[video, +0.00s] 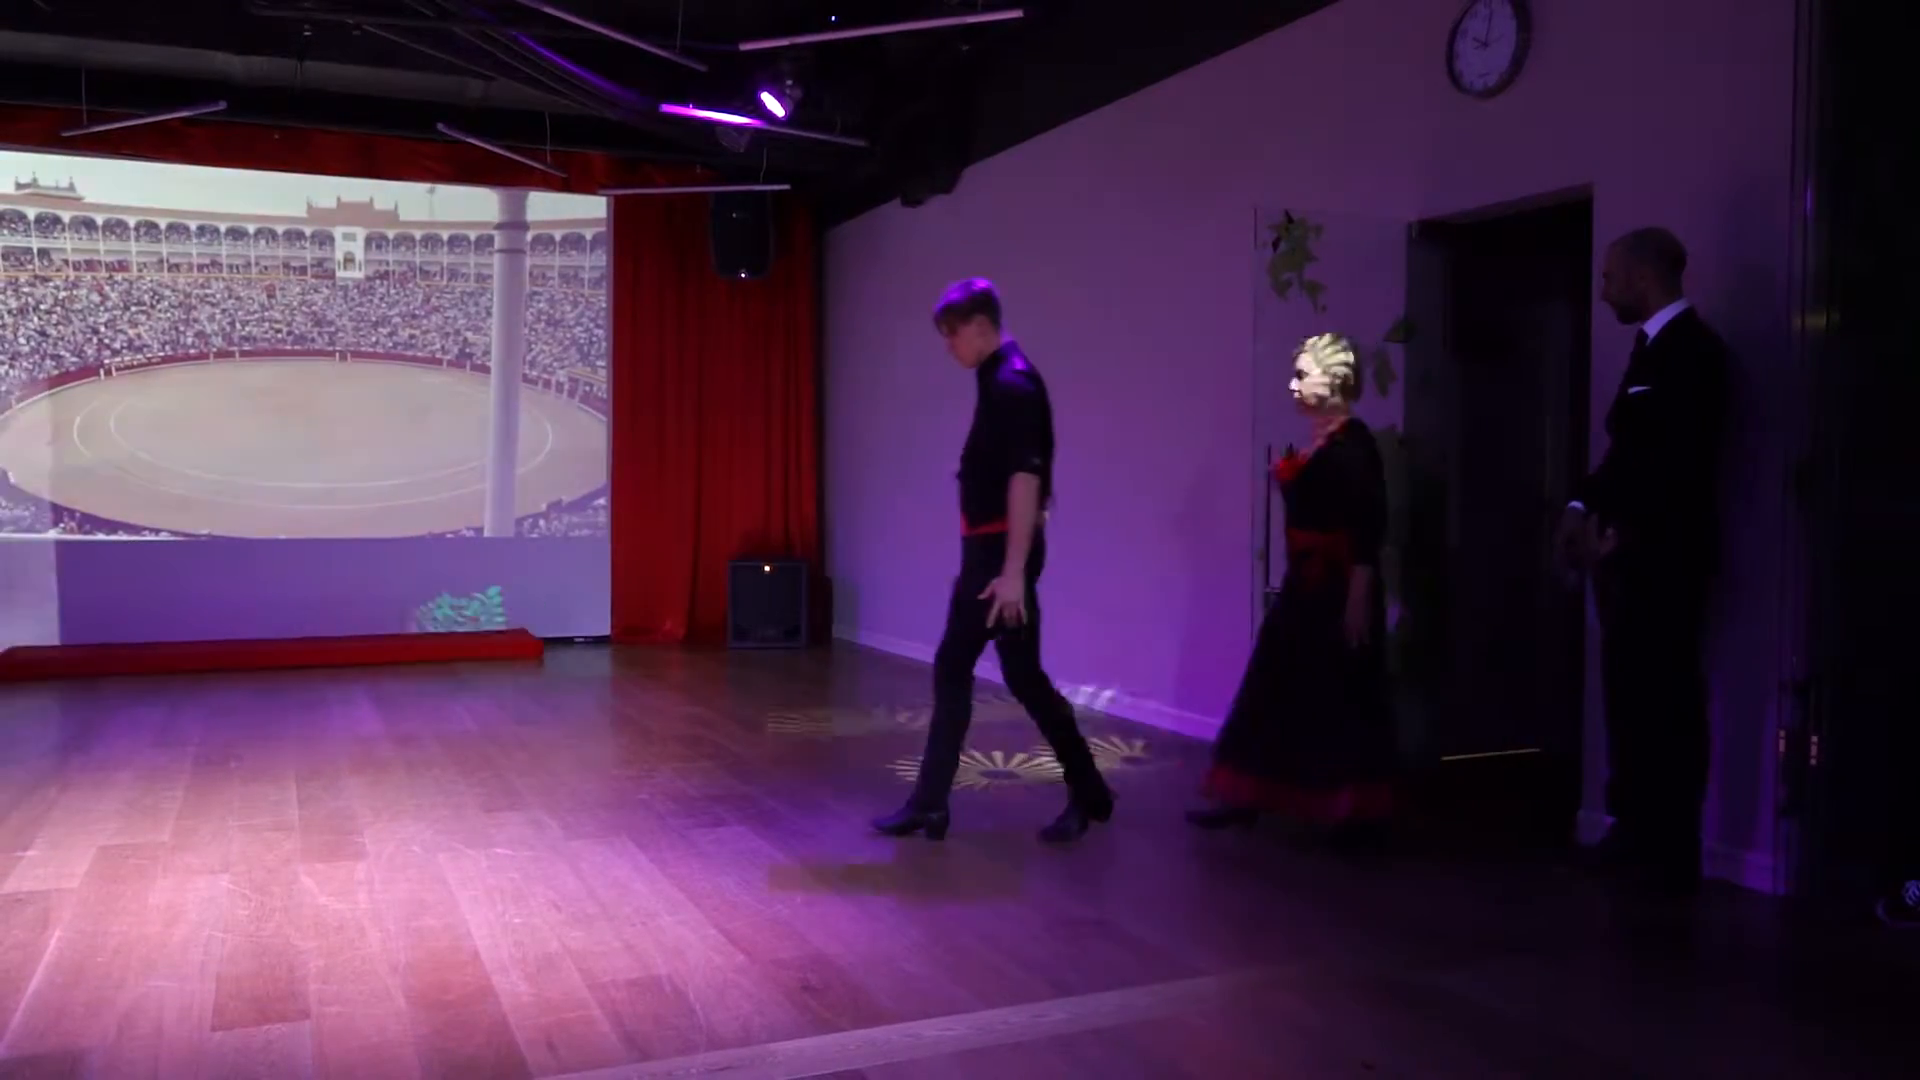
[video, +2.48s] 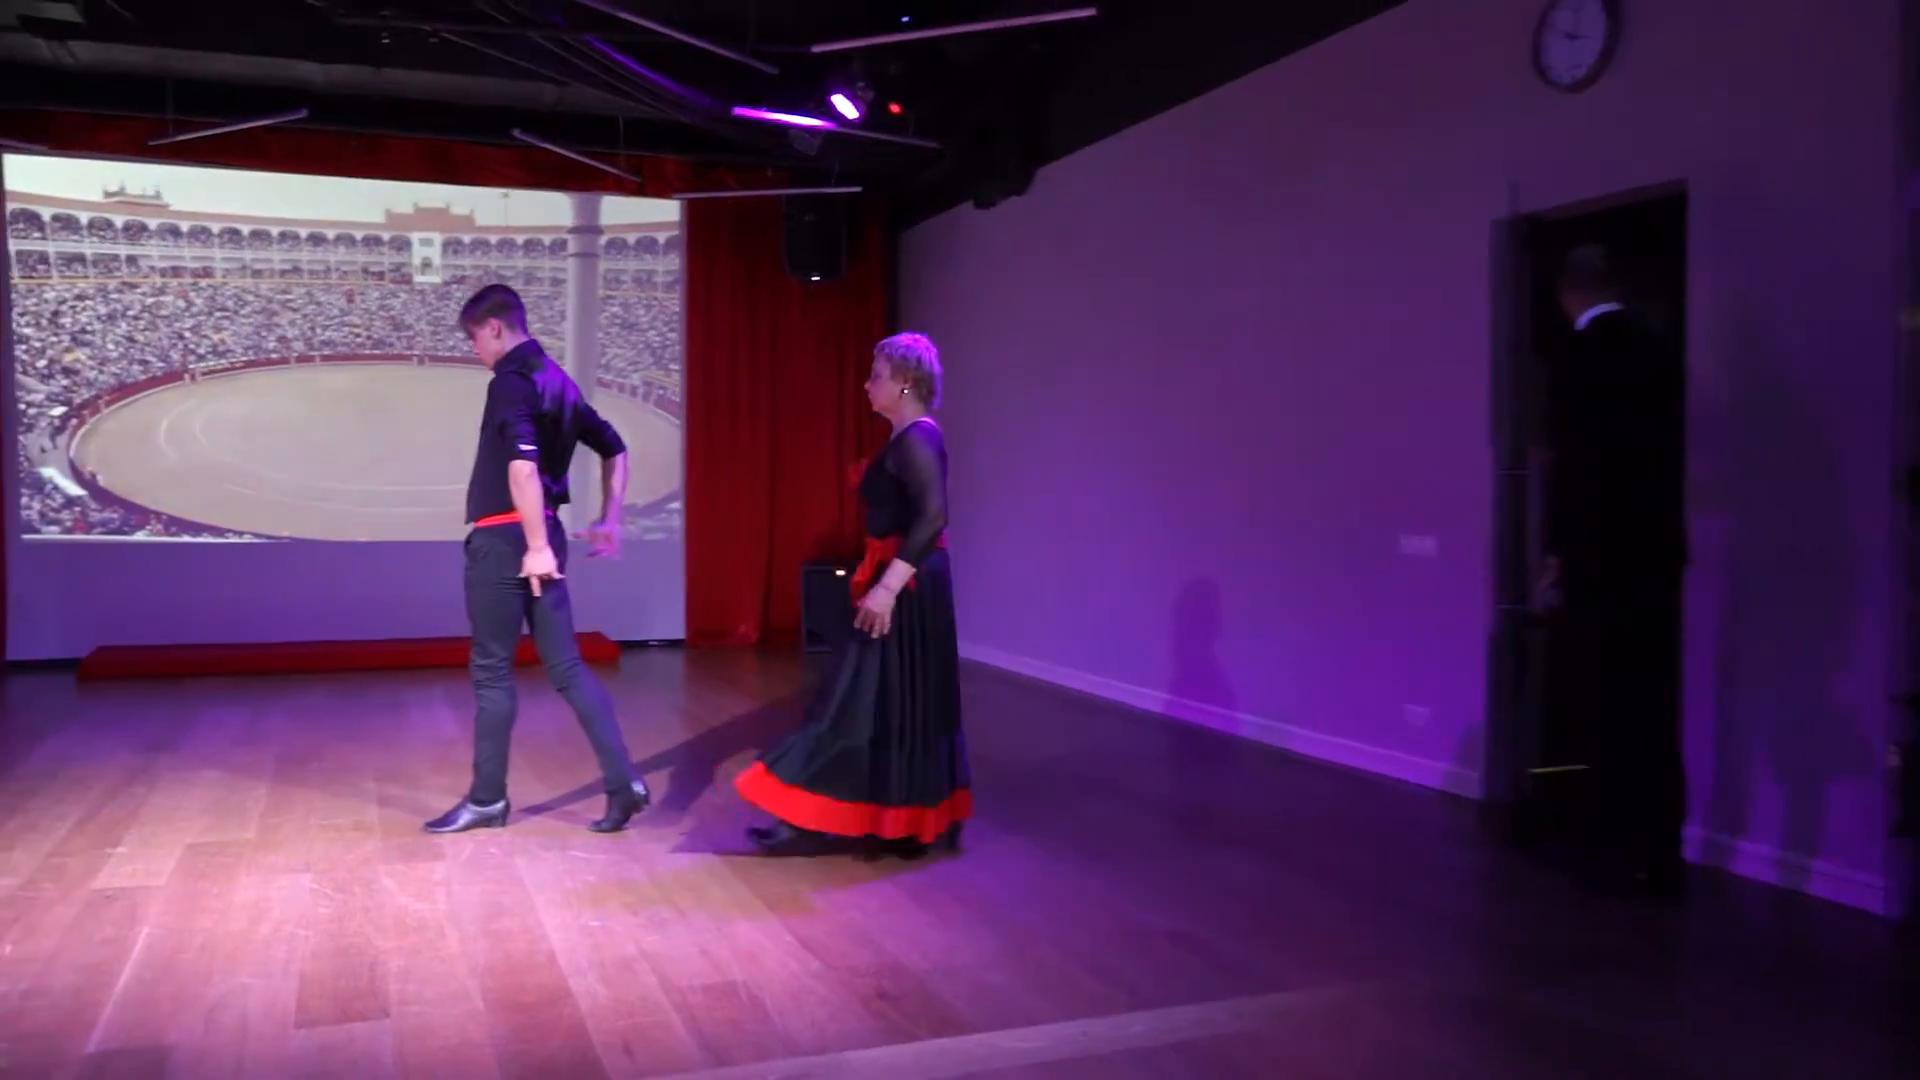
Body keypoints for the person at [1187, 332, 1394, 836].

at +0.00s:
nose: (1293, 385)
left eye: (1303, 376)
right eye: (1295, 375)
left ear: (1334, 384)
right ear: (1327, 386)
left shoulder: (1355, 448)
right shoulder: (1321, 448)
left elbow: (1365, 531)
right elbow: (1314, 520)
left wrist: (1358, 602)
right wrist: (1291, 482)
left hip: (1339, 589)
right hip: (1304, 585)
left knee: (1341, 696)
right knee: (1269, 685)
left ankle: (1354, 807)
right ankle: (1238, 793)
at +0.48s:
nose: (1199, 391)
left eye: (1208, 380)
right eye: (1199, 380)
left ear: (1240, 383)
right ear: (1227, 386)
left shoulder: (1256, 444)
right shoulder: (1221, 442)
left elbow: (1256, 529)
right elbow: (1203, 526)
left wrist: (1236, 596)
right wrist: (1174, 590)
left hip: (1236, 592)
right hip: (1203, 586)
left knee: (1234, 702)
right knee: (1199, 699)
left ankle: (1235, 810)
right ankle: (1204, 805)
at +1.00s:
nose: (1119, 372)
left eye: (1129, 365)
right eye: (1121, 364)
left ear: (1154, 374)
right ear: (1146, 376)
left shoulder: (1163, 436)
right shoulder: (1147, 433)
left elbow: (1173, 516)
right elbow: (1143, 502)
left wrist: (1159, 591)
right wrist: (1111, 467)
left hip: (1143, 584)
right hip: (1140, 578)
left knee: (1107, 693)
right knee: (1178, 693)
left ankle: (1098, 813)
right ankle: (1205, 791)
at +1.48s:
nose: (1055, 379)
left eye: (1064, 370)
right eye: (1057, 370)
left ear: (1092, 375)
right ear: (1091, 376)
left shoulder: (1101, 435)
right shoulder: (1084, 434)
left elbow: (1129, 506)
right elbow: (1084, 497)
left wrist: (1136, 581)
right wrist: (1050, 470)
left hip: (1093, 589)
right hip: (1087, 584)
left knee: (1088, 701)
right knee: (1133, 693)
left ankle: (1096, 815)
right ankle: (1185, 786)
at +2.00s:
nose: (940, 400)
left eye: (947, 391)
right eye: (943, 390)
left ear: (971, 399)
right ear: (982, 399)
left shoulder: (983, 459)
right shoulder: (990, 453)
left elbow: (968, 539)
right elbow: (977, 535)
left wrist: (927, 604)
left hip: (992, 600)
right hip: (990, 597)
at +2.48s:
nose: (869, 385)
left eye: (878, 375)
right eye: (871, 375)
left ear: (905, 383)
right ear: (908, 384)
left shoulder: (918, 440)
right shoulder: (907, 437)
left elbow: (930, 519)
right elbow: (908, 515)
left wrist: (887, 588)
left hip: (908, 587)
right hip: (902, 583)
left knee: (866, 699)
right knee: (910, 697)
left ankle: (804, 815)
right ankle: (915, 817)